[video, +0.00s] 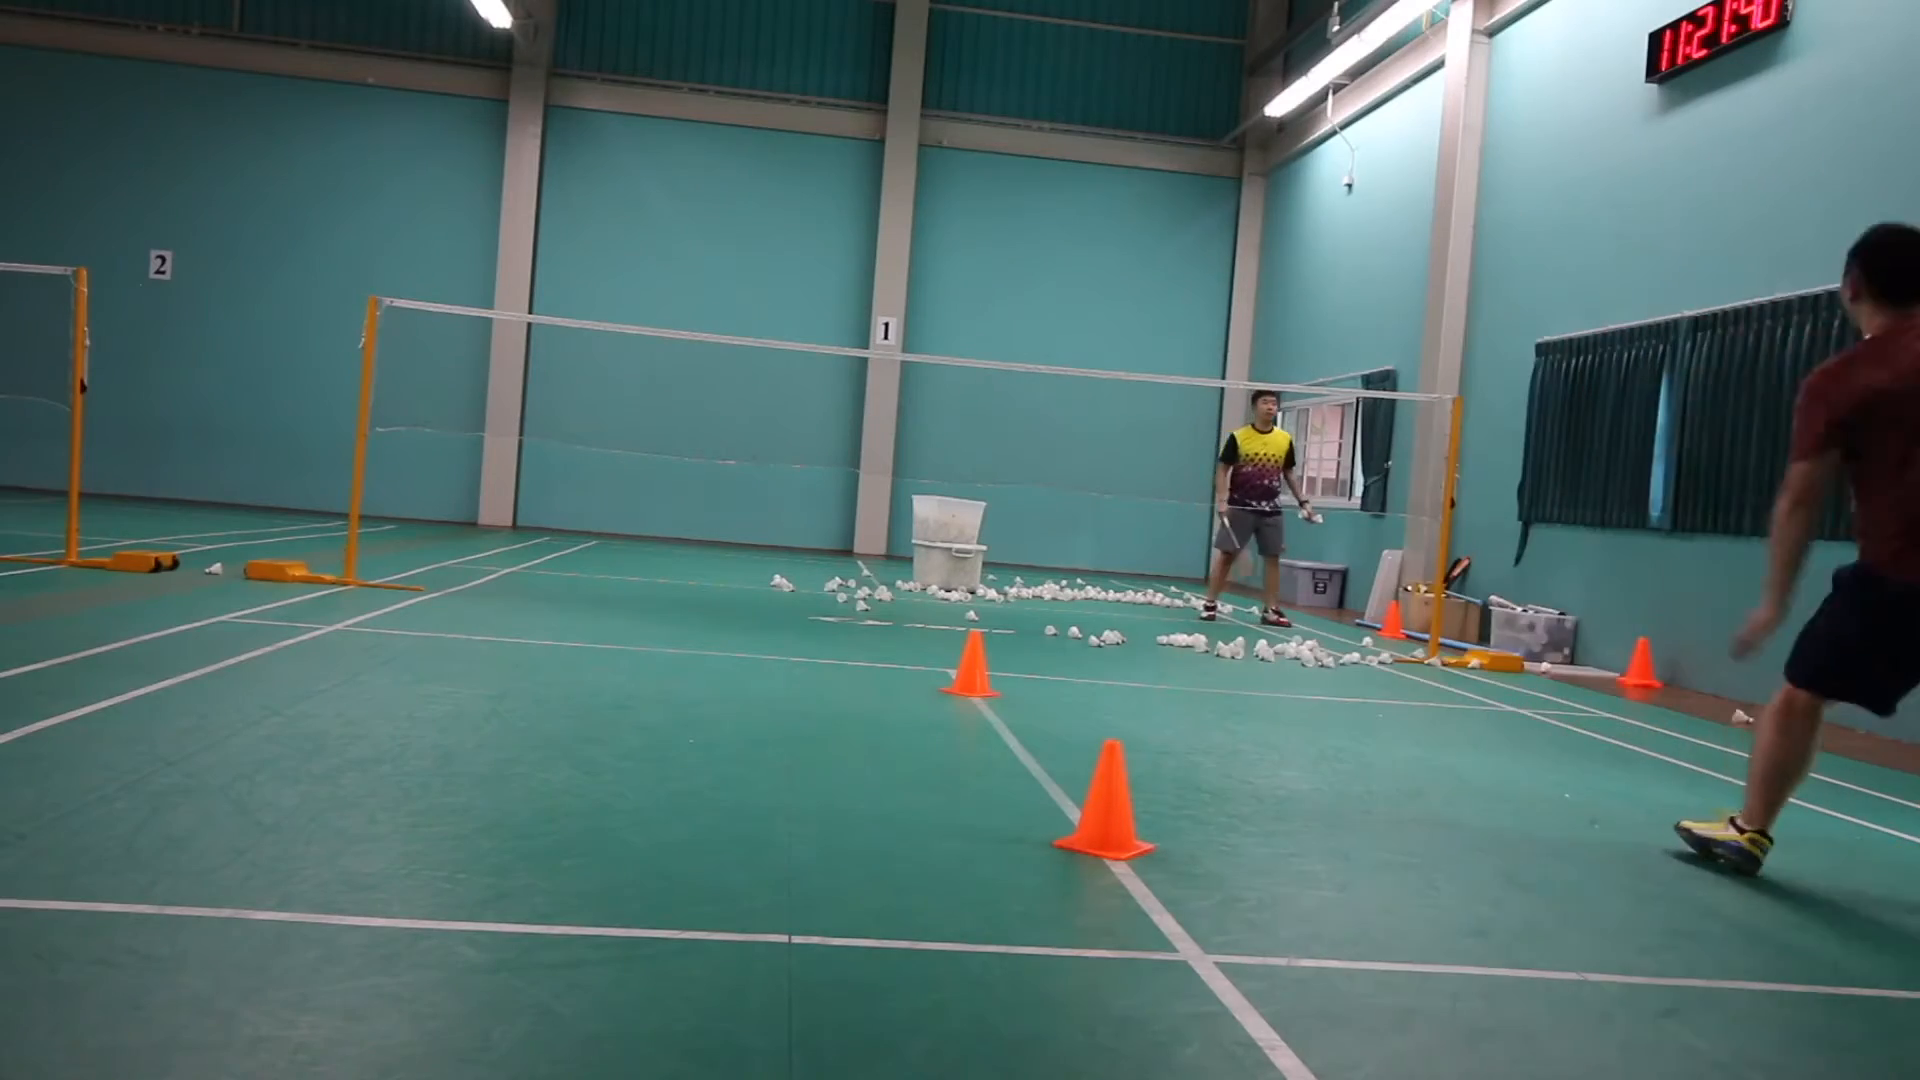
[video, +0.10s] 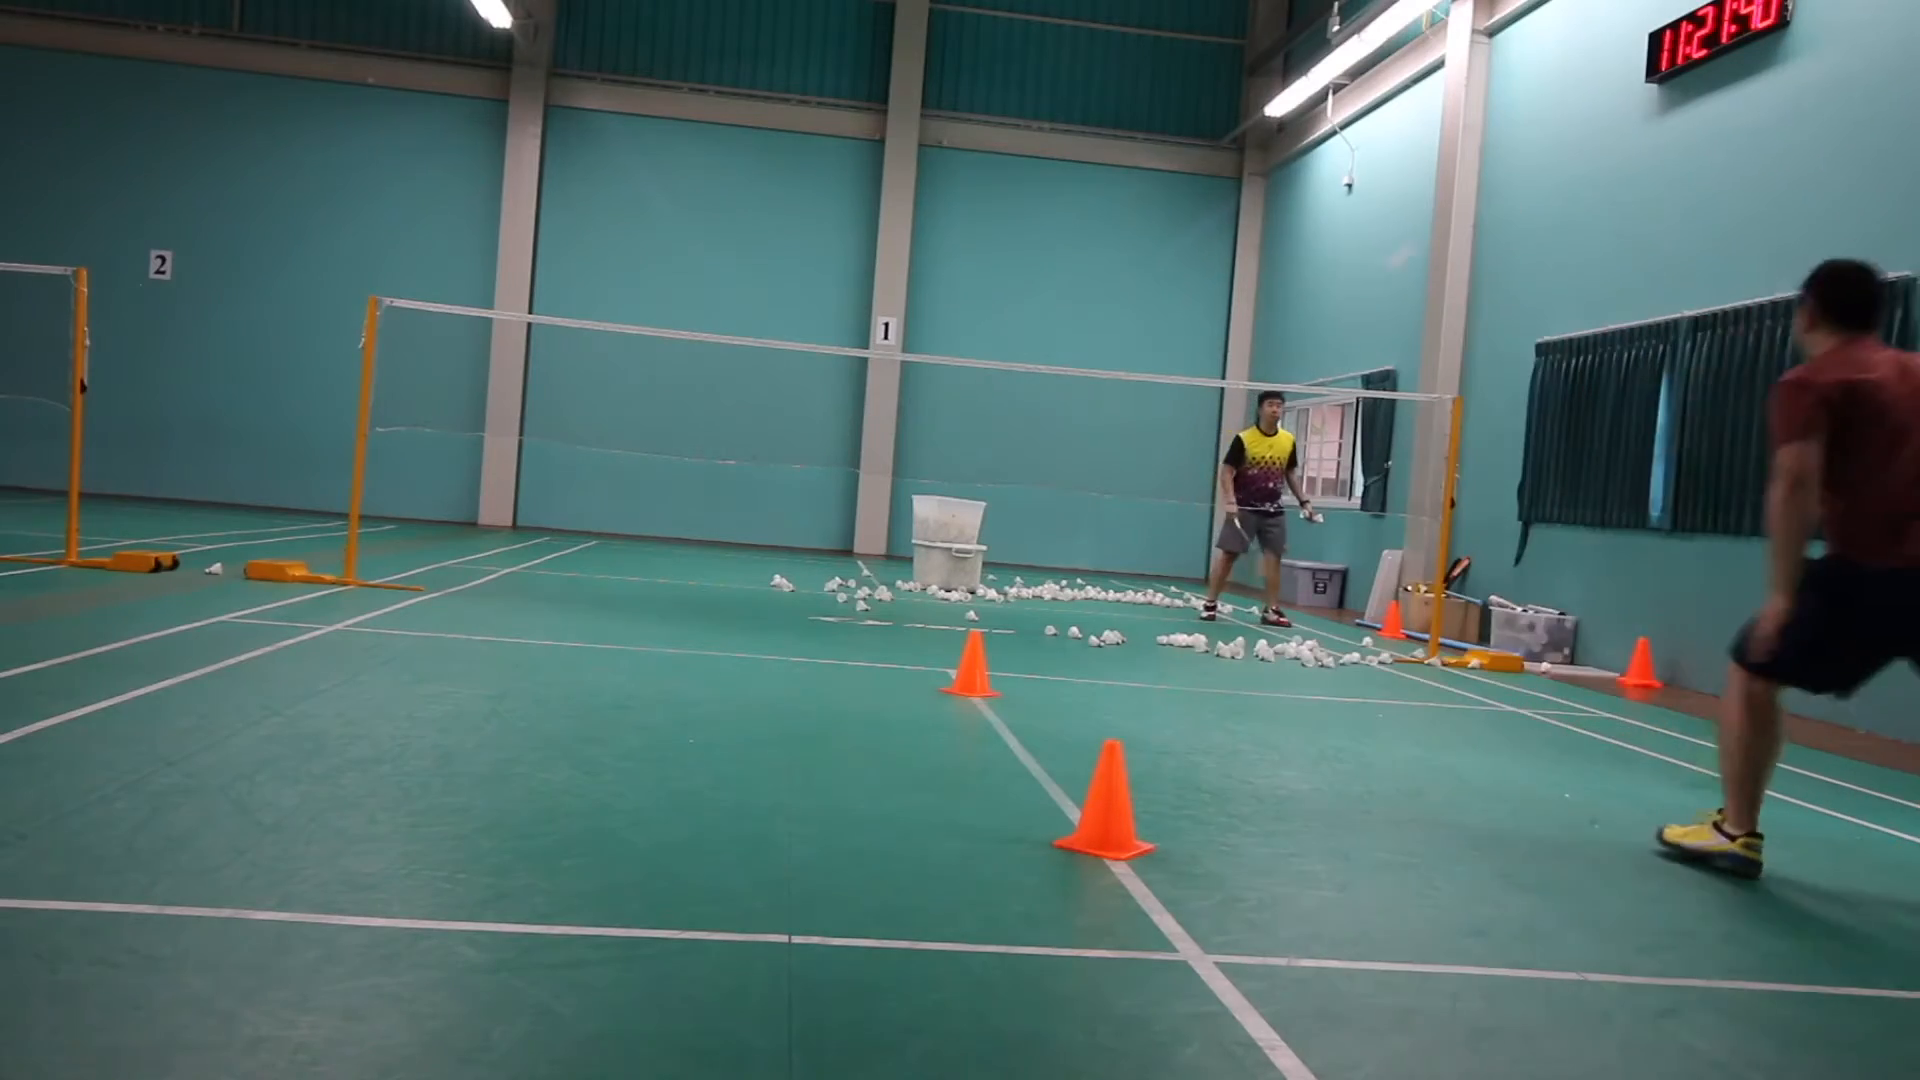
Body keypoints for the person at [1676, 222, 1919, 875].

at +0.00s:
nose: (1844, 292)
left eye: (1846, 282)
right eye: (1846, 282)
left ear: (1855, 286)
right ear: (1919, 285)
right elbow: (1802, 494)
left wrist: (1773, 601)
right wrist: (1777, 602)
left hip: (1895, 577)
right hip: (1895, 577)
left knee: (1804, 690)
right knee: (1803, 690)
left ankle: (1751, 829)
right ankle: (1752, 828)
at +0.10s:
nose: (1796, 322)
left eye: (1800, 311)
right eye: (1799, 311)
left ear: (1810, 313)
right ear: (1872, 316)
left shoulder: (1810, 384)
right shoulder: (1911, 370)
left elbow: (1796, 483)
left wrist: (1780, 594)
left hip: (1869, 577)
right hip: (1911, 575)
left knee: (1754, 661)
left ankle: (1736, 828)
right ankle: (1738, 826)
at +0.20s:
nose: (1715, 331)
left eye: (1716, 321)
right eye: (1719, 321)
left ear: (1727, 319)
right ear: (1786, 320)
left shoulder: (1728, 378)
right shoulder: (1845, 377)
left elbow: (1700, 480)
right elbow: (1889, 476)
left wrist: (1681, 584)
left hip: (1795, 567)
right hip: (1892, 570)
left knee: (1686, 669)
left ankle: (1728, 830)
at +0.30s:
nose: (1622, 304)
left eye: (1624, 295)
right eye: (1630, 296)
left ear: (1631, 295)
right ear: (1690, 297)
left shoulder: (1610, 353)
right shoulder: (1746, 352)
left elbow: (1571, 442)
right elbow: (1804, 444)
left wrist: (1570, 536)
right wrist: (1789, 505)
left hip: (1681, 525)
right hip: (1769, 524)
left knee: (1666, 678)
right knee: (1761, 659)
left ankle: (1724, 829)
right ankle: (1817, 802)